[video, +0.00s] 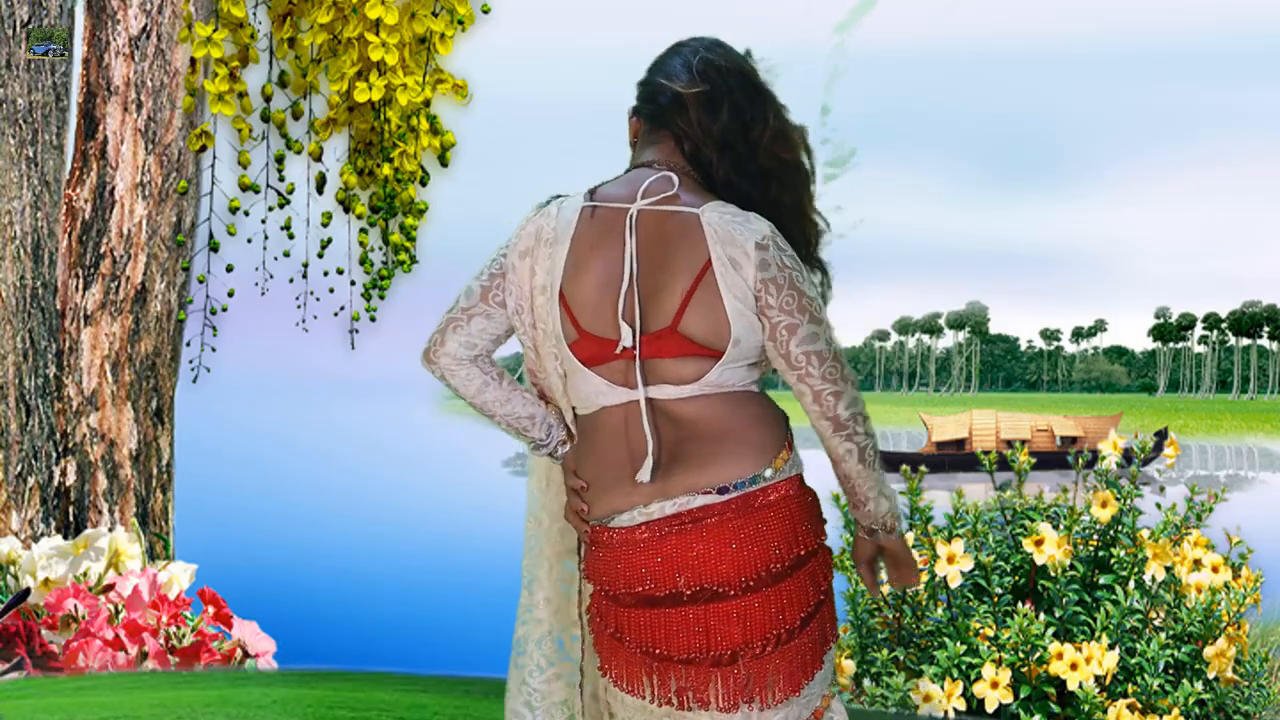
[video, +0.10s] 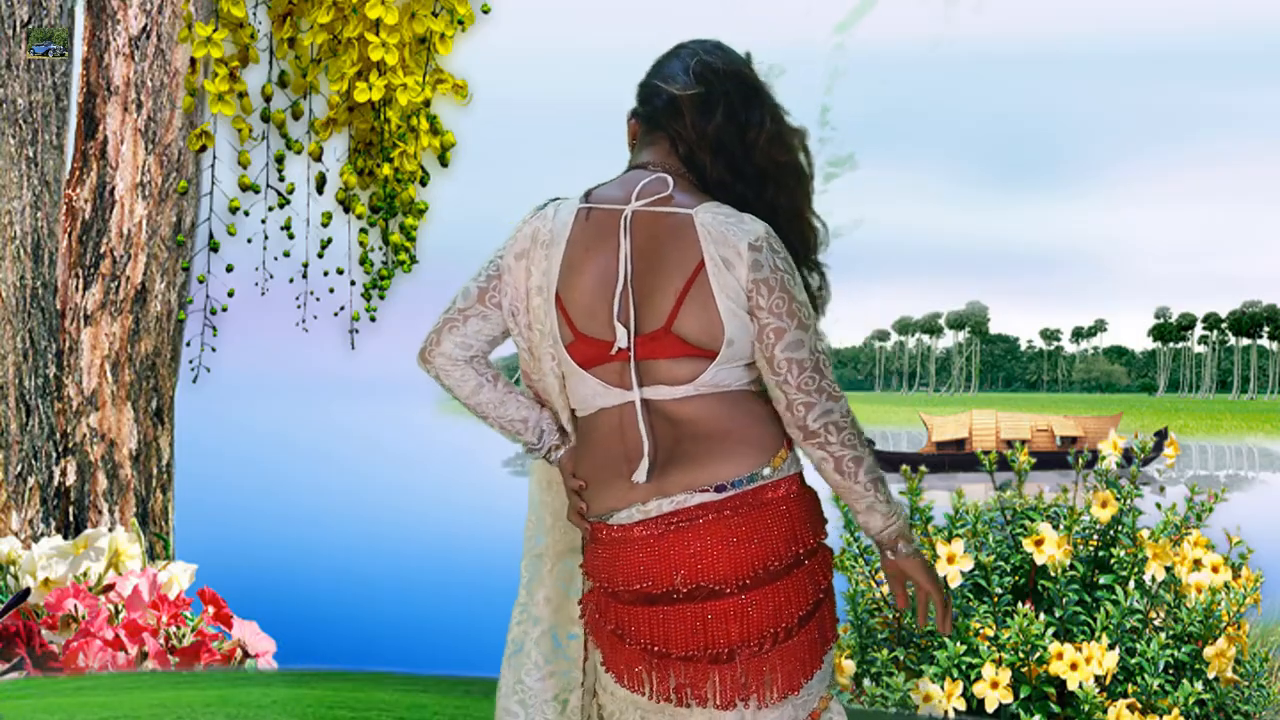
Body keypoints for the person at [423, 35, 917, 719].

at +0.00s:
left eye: (631, 116)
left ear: (635, 121)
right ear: (737, 134)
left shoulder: (547, 232)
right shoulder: (746, 237)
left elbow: (452, 350)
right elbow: (829, 395)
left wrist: (561, 436)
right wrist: (878, 519)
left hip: (624, 537)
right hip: (757, 519)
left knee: (643, 706)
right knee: (790, 705)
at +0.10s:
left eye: (634, 120)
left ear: (634, 125)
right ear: (735, 140)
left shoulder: (545, 235)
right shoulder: (742, 239)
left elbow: (449, 351)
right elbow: (813, 411)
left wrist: (559, 443)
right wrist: (895, 540)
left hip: (623, 541)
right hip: (755, 524)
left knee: (636, 708)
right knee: (778, 705)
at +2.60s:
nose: (720, 144)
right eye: (711, 126)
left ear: (587, 138)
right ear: (695, 140)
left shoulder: (534, 244)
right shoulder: (660, 253)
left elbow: (469, 382)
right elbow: (793, 340)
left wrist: (373, 472)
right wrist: (888, 210)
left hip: (523, 558)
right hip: (620, 567)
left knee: (561, 707)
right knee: (732, 707)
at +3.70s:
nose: (769, 138)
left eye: (765, 115)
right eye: (760, 116)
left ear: (633, 115)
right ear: (736, 124)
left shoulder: (546, 232)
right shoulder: (729, 236)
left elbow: (478, 391)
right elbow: (862, 351)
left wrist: (362, 456)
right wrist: (947, 222)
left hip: (612, 525)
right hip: (744, 501)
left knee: (634, 698)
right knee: (775, 702)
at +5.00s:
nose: (705, 110)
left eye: (697, 89)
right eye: (696, 92)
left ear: (570, 115)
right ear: (678, 108)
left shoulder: (514, 243)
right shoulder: (711, 221)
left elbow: (469, 407)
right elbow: (844, 309)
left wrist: (331, 375)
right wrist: (913, 174)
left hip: (543, 522)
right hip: (684, 521)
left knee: (552, 693)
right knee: (710, 700)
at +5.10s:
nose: (723, 127)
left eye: (715, 107)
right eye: (715, 109)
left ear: (584, 124)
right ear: (696, 120)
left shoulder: (515, 247)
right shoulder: (714, 231)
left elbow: (470, 406)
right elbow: (854, 315)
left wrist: (332, 387)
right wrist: (916, 182)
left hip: (572, 540)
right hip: (712, 527)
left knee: (590, 698)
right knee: (738, 697)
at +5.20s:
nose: (732, 130)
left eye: (725, 108)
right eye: (724, 112)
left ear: (596, 127)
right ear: (707, 122)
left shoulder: (530, 251)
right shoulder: (724, 231)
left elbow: (472, 408)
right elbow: (868, 310)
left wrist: (337, 380)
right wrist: (923, 174)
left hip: (597, 523)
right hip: (733, 503)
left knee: (608, 700)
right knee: (754, 700)